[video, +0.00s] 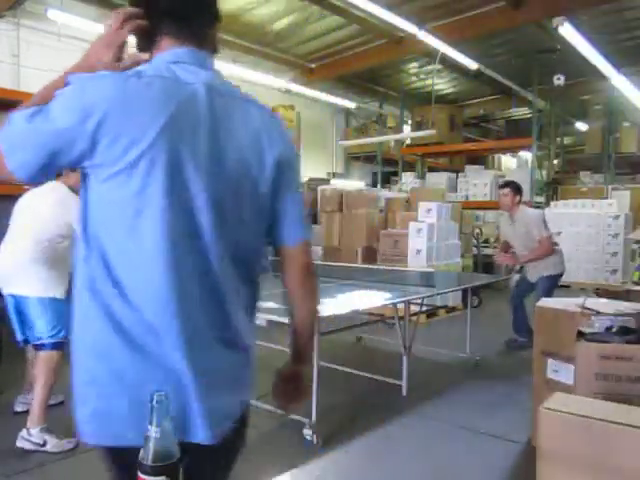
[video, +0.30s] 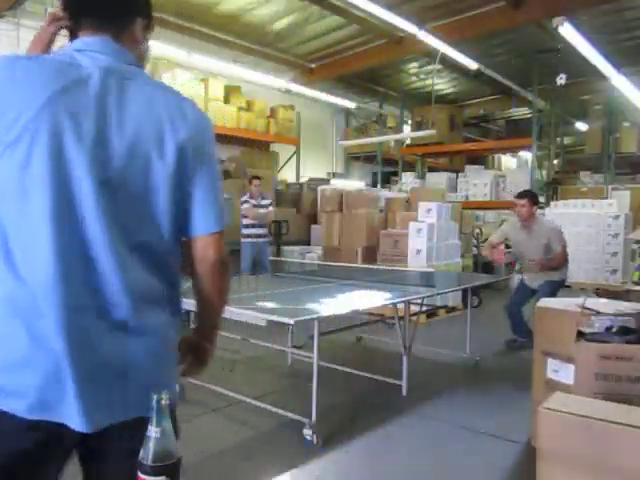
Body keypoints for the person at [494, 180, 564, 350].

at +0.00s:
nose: (501, 200)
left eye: (505, 195)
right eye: (500, 195)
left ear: (516, 197)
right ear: (501, 198)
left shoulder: (533, 216)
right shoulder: (506, 220)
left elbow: (547, 248)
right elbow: (506, 244)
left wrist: (519, 259)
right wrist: (502, 254)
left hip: (550, 266)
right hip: (531, 266)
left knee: (539, 301)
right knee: (515, 297)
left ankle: (544, 339)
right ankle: (523, 336)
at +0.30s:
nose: (518, 210)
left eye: (523, 206)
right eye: (516, 206)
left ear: (534, 208)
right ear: (514, 208)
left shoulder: (550, 228)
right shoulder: (511, 226)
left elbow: (562, 259)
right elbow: (488, 245)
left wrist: (546, 264)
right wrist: (493, 254)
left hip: (552, 276)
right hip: (529, 276)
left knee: (540, 305)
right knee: (512, 307)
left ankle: (544, 339)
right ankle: (523, 337)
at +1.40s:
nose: (519, 210)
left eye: (523, 205)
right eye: (516, 205)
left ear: (532, 207)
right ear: (512, 208)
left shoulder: (546, 229)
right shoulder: (508, 226)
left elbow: (558, 259)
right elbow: (495, 248)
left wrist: (542, 269)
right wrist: (509, 264)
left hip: (539, 279)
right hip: (517, 278)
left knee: (536, 309)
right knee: (496, 307)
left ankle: (542, 344)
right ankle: (509, 335)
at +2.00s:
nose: (514, 198)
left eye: (518, 194)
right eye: (512, 194)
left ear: (528, 197)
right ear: (511, 197)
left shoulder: (543, 220)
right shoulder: (509, 219)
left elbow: (559, 249)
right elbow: (500, 240)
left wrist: (534, 263)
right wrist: (504, 255)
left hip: (542, 270)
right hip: (521, 268)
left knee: (540, 307)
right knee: (501, 296)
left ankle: (545, 346)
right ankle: (489, 331)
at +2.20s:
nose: (499, 198)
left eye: (503, 194)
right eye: (497, 194)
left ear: (514, 197)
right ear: (496, 196)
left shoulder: (529, 217)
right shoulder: (497, 218)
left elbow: (542, 245)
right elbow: (491, 240)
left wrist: (518, 259)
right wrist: (496, 254)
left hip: (532, 268)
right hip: (511, 267)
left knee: (537, 307)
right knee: (490, 294)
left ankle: (544, 344)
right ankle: (488, 331)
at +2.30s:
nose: (495, 195)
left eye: (499, 191)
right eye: (493, 190)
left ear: (510, 194)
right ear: (492, 193)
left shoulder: (524, 213)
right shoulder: (491, 214)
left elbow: (539, 241)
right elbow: (483, 235)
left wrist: (518, 250)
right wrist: (491, 248)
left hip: (530, 265)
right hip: (507, 265)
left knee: (536, 305)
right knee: (490, 294)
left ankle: (544, 342)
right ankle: (488, 331)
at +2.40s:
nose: (493, 194)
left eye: (497, 190)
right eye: (492, 190)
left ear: (508, 192)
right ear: (491, 192)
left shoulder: (523, 213)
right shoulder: (490, 214)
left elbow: (531, 242)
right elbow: (482, 235)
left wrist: (503, 246)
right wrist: (488, 242)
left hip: (531, 264)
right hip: (509, 263)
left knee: (534, 306)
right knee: (490, 294)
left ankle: (545, 342)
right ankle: (488, 331)